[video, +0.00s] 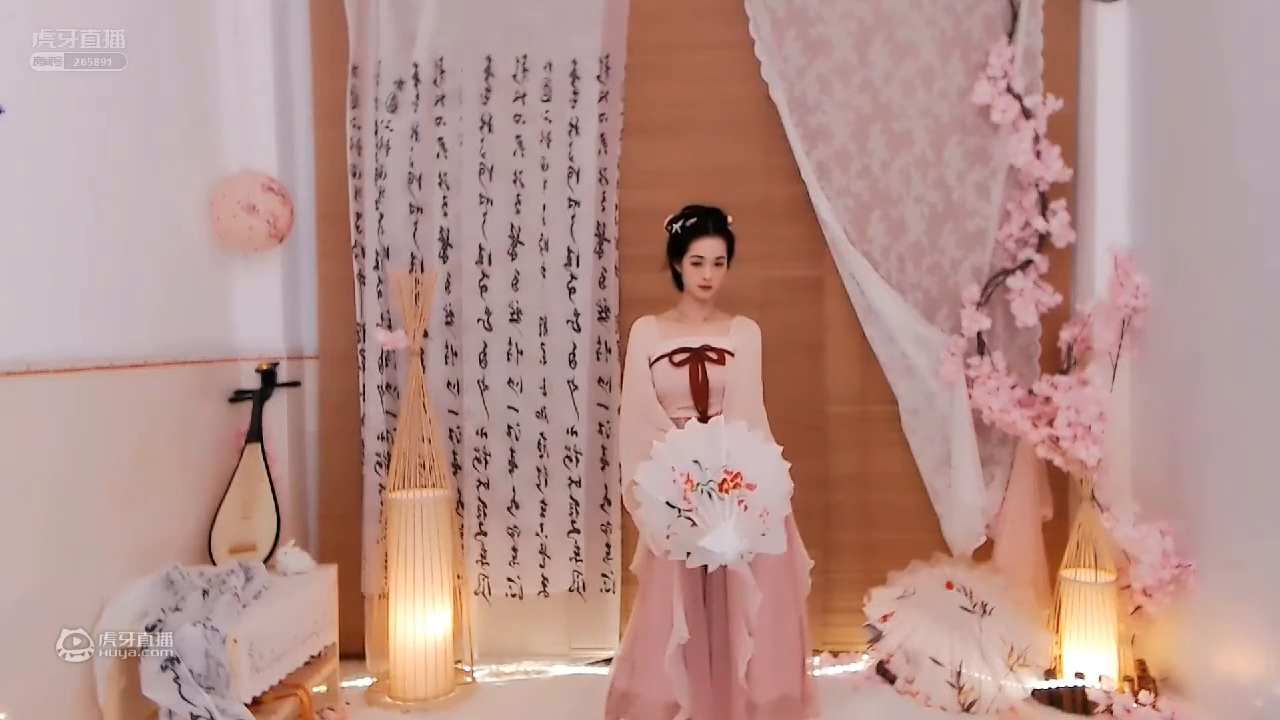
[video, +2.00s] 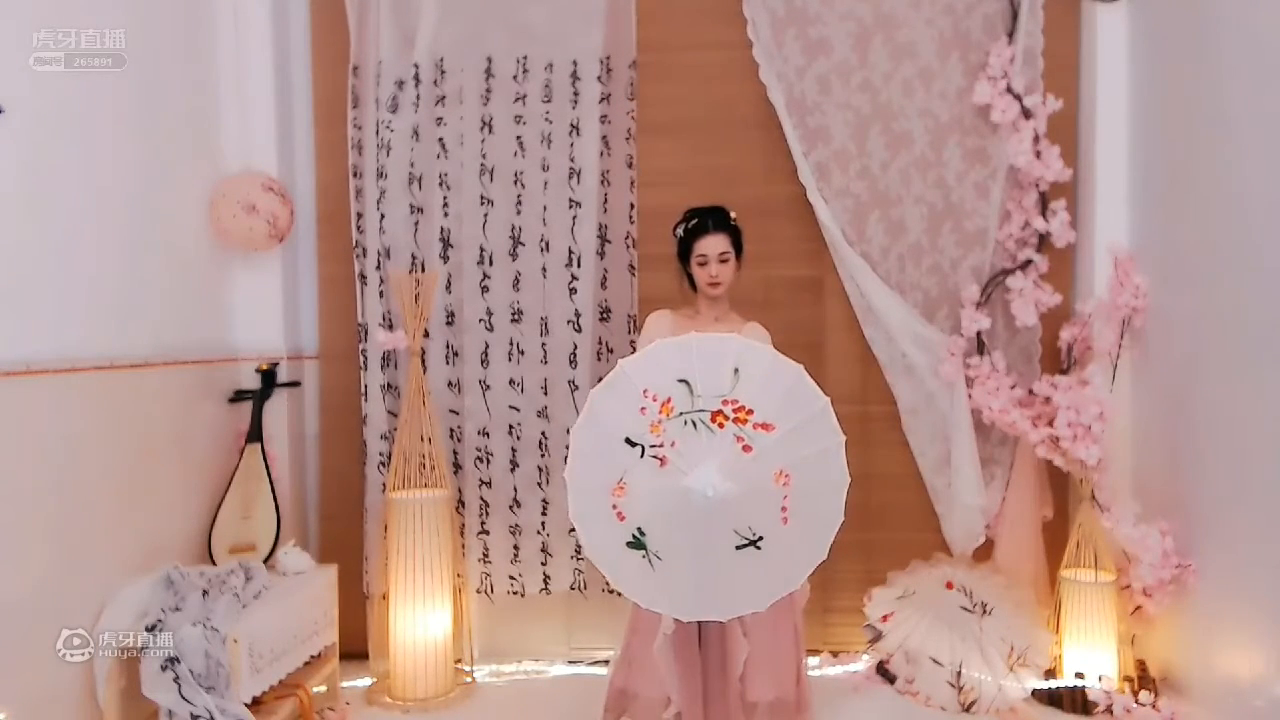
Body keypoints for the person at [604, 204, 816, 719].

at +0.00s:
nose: (708, 274)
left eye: (718, 263)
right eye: (698, 262)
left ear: (729, 267)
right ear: (677, 264)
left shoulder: (744, 332)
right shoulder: (647, 331)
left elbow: (753, 418)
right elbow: (636, 420)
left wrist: (767, 487)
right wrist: (649, 494)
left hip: (737, 483)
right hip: (671, 485)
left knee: (741, 608)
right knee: (676, 606)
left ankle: (743, 708)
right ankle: (679, 709)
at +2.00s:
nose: (713, 271)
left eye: (723, 259)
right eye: (702, 261)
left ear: (737, 263)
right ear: (688, 267)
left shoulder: (755, 334)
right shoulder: (661, 325)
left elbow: (773, 424)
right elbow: (642, 413)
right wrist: (651, 480)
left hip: (740, 495)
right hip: (675, 492)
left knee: (741, 611)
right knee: (674, 611)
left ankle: (739, 712)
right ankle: (676, 711)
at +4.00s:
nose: (717, 270)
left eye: (727, 258)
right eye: (706, 260)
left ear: (743, 262)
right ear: (693, 267)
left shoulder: (761, 335)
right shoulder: (672, 323)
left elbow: (779, 419)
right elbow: (653, 409)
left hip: (746, 481)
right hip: (680, 478)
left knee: (744, 600)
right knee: (680, 599)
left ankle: (743, 709)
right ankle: (677, 710)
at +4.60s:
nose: (719, 271)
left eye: (729, 258)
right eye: (708, 260)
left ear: (745, 263)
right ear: (695, 267)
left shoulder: (764, 340)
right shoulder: (672, 337)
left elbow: (789, 431)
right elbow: (646, 420)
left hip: (752, 493)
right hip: (684, 492)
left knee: (750, 612)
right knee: (683, 613)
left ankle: (749, 710)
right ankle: (679, 711)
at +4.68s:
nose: (718, 271)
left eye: (728, 258)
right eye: (707, 261)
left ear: (745, 263)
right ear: (694, 267)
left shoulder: (764, 343)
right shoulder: (673, 334)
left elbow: (793, 430)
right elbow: (640, 415)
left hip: (752, 495)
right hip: (682, 495)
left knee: (749, 614)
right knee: (682, 614)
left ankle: (748, 711)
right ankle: (679, 712)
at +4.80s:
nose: (718, 271)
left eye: (728, 258)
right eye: (707, 261)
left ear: (744, 263)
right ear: (694, 267)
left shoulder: (766, 343)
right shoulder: (671, 333)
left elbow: (796, 430)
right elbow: (635, 415)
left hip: (752, 499)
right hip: (682, 498)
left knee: (750, 618)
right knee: (681, 620)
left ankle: (747, 712)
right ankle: (677, 713)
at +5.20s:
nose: (716, 272)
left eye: (726, 259)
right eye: (705, 262)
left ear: (742, 263)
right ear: (693, 268)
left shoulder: (761, 339)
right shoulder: (674, 333)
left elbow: (786, 427)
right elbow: (649, 418)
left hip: (747, 490)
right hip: (685, 486)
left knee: (746, 604)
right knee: (681, 604)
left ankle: (745, 710)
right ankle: (678, 711)